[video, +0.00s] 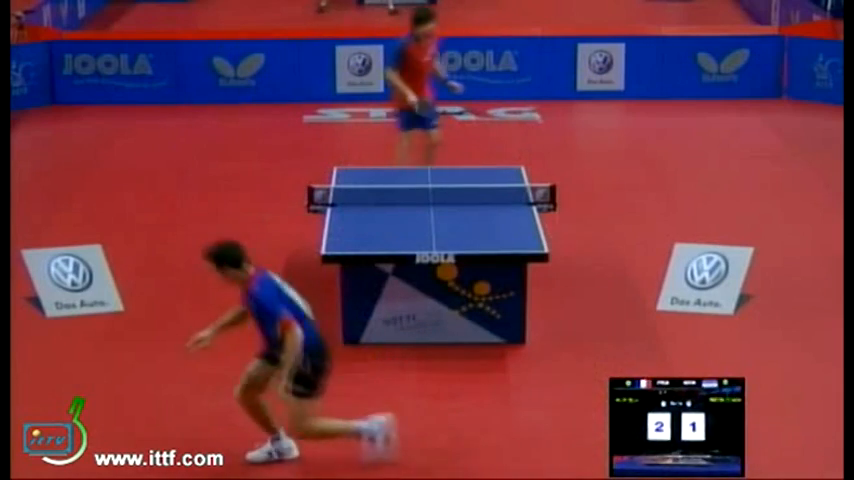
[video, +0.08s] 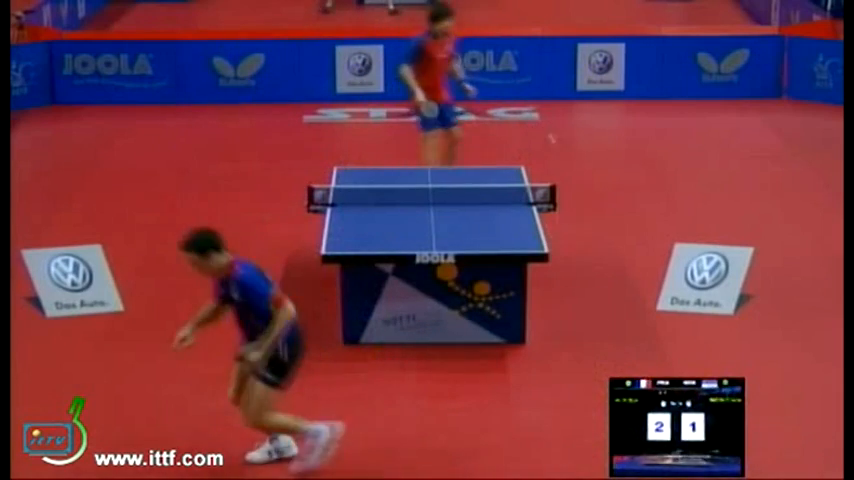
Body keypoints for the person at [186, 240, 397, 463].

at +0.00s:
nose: (222, 277)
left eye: (221, 272)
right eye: (219, 272)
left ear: (230, 270)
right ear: (240, 262)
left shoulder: (262, 290)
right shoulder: (254, 283)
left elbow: (294, 333)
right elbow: (245, 313)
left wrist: (284, 375)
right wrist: (212, 332)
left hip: (307, 352)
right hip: (279, 349)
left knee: (301, 426)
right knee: (246, 395)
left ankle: (370, 428)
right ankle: (280, 444)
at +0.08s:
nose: (196, 270)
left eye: (196, 263)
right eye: (193, 264)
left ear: (211, 256)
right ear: (213, 254)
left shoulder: (246, 276)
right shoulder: (225, 278)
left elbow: (287, 310)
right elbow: (220, 307)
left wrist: (261, 349)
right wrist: (192, 327)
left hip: (282, 342)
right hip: (256, 342)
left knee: (255, 413)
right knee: (240, 397)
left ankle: (319, 432)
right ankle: (280, 441)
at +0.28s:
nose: (142, 252)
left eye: (143, 245)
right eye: (139, 246)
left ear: (160, 236)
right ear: (154, 239)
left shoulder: (196, 257)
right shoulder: (158, 262)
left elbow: (243, 285)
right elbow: (160, 293)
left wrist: (206, 314)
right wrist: (149, 329)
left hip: (215, 331)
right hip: (188, 331)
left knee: (180, 409)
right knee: (203, 388)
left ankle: (183, 467)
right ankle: (248, 421)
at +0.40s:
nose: (111, 259)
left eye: (113, 252)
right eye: (108, 253)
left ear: (130, 245)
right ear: (123, 249)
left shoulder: (166, 274)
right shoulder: (130, 276)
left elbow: (199, 315)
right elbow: (135, 316)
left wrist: (154, 335)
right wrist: (123, 349)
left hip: (171, 352)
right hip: (144, 351)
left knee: (141, 425)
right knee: (146, 417)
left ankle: (152, 471)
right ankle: (205, 428)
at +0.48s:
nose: (87, 257)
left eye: (89, 250)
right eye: (85, 251)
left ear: (107, 243)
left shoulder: (135, 276)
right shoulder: (109, 277)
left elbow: (162, 325)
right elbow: (121, 324)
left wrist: (115, 336)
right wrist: (103, 352)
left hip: (143, 356)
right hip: (120, 355)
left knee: (127, 434)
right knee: (106, 425)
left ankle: (156, 470)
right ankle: (169, 452)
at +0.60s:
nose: (45, 245)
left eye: (47, 238)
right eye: (44, 239)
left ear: (63, 233)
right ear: (62, 234)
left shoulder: (92, 265)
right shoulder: (67, 263)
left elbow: (117, 316)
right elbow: (78, 309)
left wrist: (69, 327)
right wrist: (45, 305)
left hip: (104, 352)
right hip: (77, 351)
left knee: (111, 426)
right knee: (73, 424)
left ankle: (144, 472)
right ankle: (77, 473)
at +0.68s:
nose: (19, 245)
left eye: (21, 238)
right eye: (18, 239)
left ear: (37, 235)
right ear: (41, 235)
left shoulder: (68, 268)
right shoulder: (43, 268)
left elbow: (91, 318)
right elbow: (56, 315)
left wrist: (44, 331)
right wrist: (32, 343)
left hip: (76, 357)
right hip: (54, 356)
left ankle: (133, 473)